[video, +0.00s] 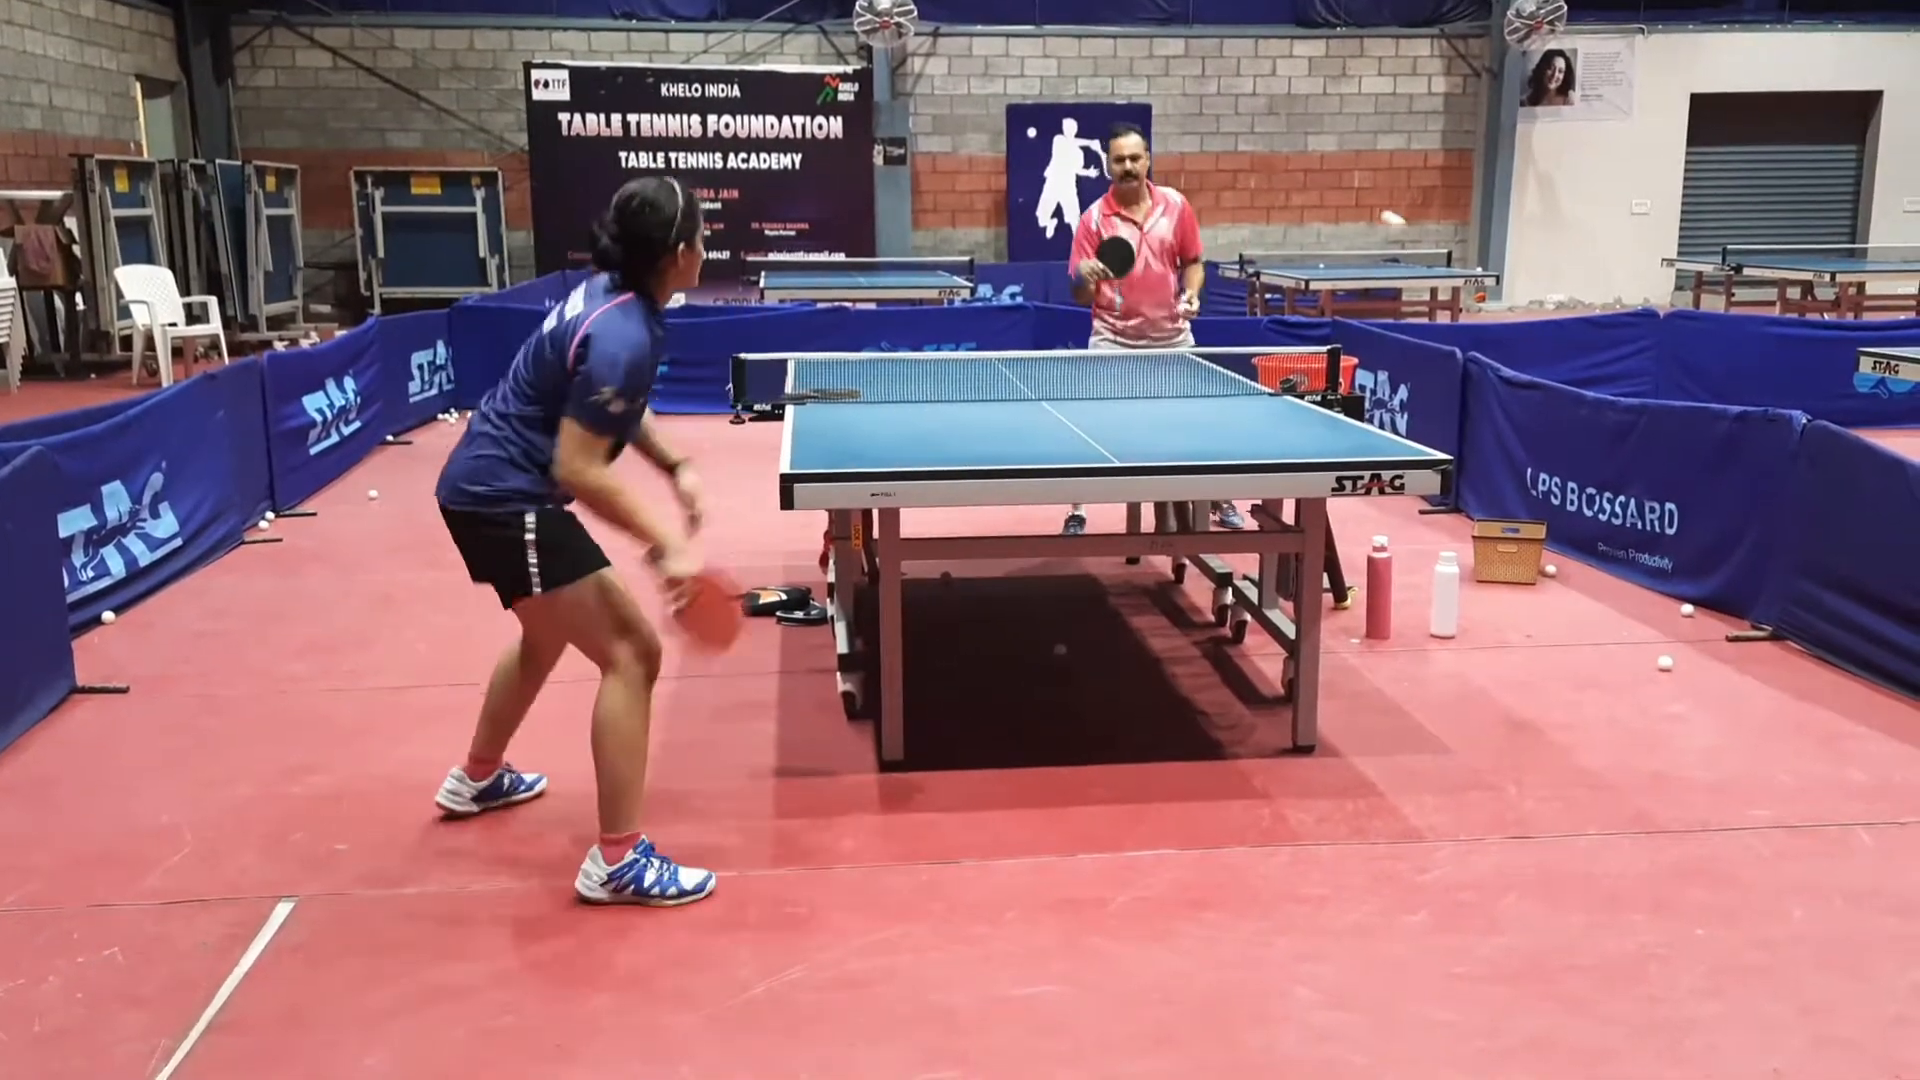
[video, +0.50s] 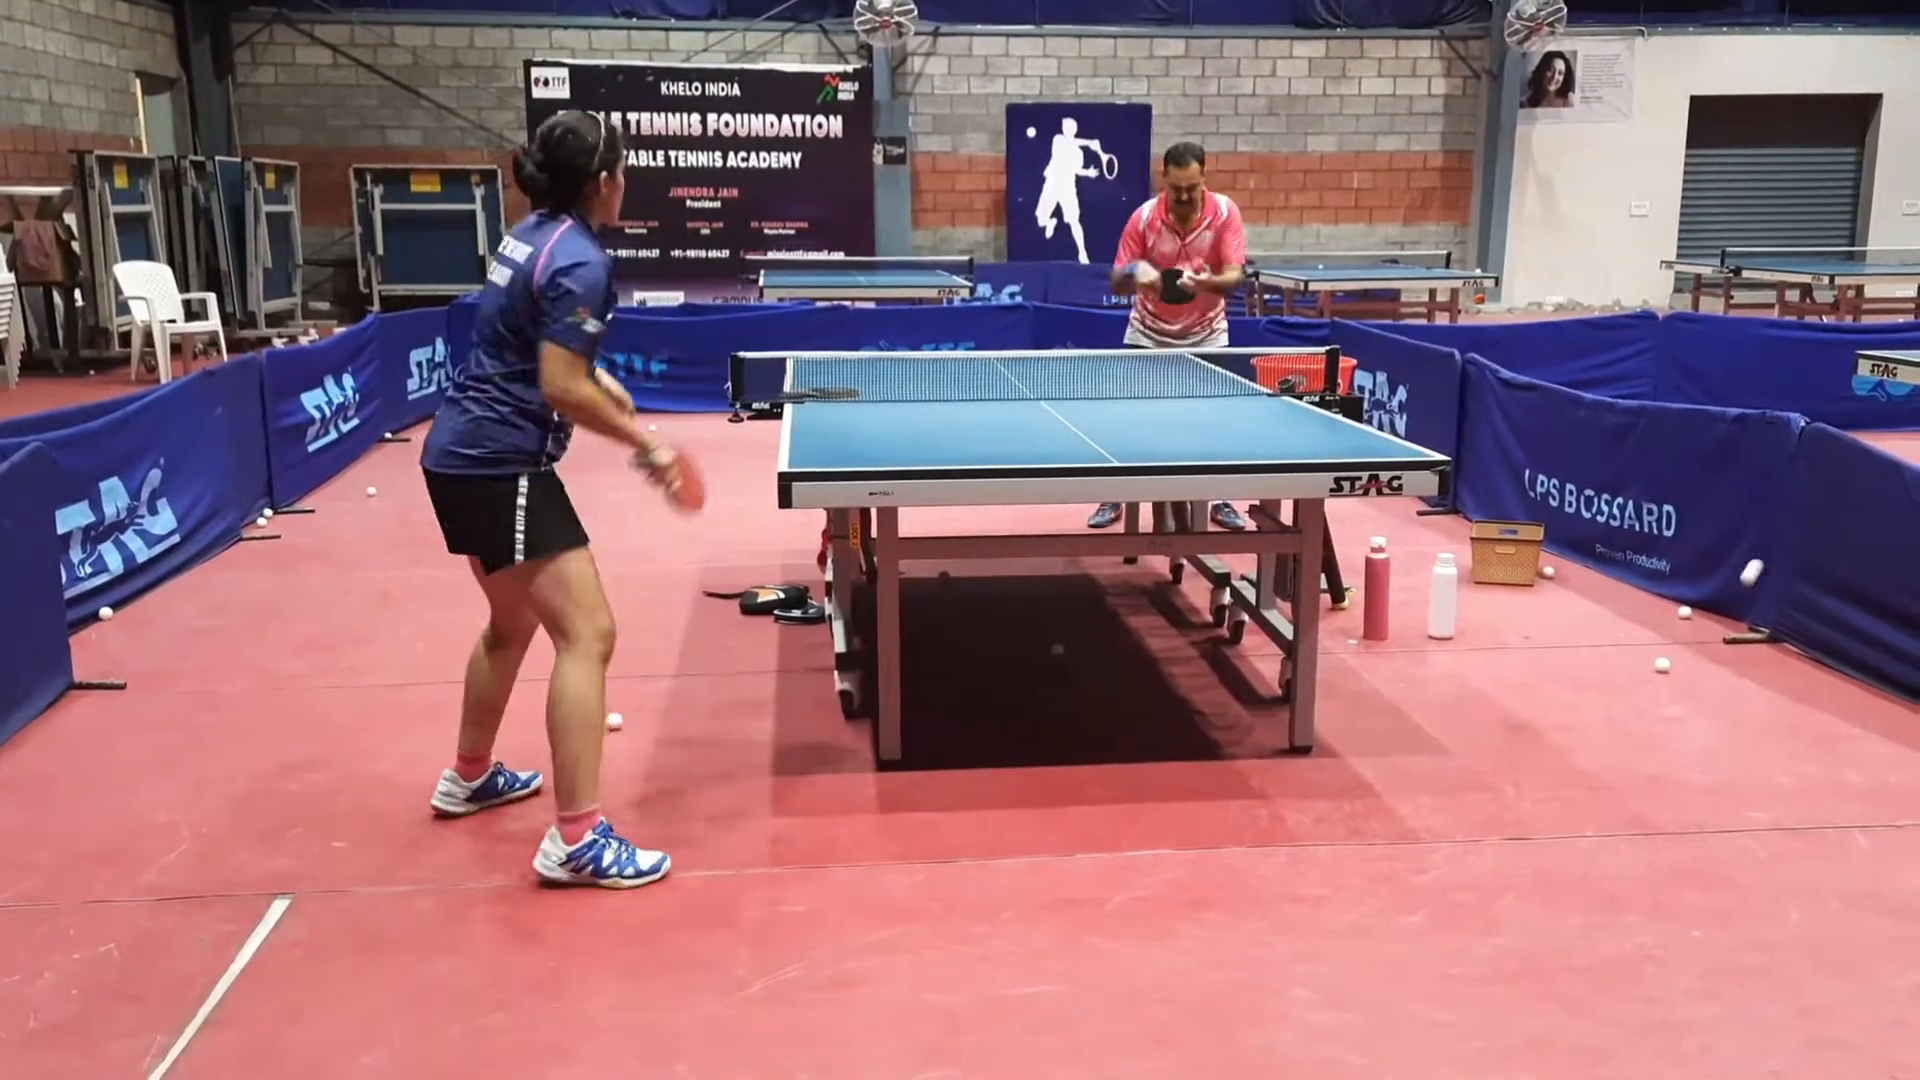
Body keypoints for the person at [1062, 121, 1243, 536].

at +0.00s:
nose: (1127, 167)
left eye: (1134, 159)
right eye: (1118, 160)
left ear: (1149, 161)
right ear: (1107, 165)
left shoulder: (1175, 206)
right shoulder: (1093, 218)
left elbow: (1193, 261)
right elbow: (1081, 296)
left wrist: (1192, 292)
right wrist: (1087, 275)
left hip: (1173, 339)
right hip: (1112, 339)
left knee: (1203, 415)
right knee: (1090, 418)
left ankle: (1221, 498)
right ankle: (1077, 509)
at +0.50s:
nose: (1184, 196)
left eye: (1192, 188)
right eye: (1175, 188)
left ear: (1204, 178)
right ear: (1163, 179)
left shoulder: (1225, 213)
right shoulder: (1143, 218)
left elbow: (1234, 277)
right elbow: (1118, 282)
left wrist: (1203, 280)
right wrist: (1136, 277)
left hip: (1207, 334)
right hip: (1148, 332)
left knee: (1218, 412)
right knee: (1127, 409)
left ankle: (1220, 498)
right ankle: (1113, 493)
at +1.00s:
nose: (1189, 179)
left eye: (1198, 172)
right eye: (1183, 171)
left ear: (1213, 171)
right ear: (1173, 168)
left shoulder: (1231, 216)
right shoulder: (1150, 208)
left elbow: (1235, 278)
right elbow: (1110, 270)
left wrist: (1215, 321)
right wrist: (1117, 247)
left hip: (1204, 337)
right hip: (1144, 333)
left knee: (1219, 418)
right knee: (1121, 412)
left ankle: (1216, 500)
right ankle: (1100, 498)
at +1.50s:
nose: (1139, 202)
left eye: (1147, 195)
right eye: (1133, 195)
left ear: (1164, 194)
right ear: (1126, 195)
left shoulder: (1192, 233)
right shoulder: (1110, 237)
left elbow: (1211, 293)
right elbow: (1087, 290)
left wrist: (1184, 333)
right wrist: (1076, 302)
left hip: (1182, 343)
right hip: (1123, 342)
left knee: (1204, 419)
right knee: (1086, 413)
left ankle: (1213, 504)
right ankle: (1066, 502)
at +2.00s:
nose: (1172, 214)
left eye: (1180, 206)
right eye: (1165, 206)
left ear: (1193, 203)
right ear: (1154, 203)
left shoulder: (1208, 239)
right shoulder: (1133, 240)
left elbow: (1211, 297)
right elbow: (1107, 298)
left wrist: (1207, 343)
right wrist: (1127, 307)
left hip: (1183, 353)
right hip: (1125, 351)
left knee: (1205, 427)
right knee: (1090, 421)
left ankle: (1218, 512)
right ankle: (1068, 507)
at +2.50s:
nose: (1158, 221)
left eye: (1167, 213)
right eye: (1152, 213)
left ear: (1183, 214)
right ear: (1143, 213)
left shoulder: (1208, 255)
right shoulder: (1127, 255)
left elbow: (1223, 313)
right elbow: (1111, 313)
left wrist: (1210, 344)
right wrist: (1119, 327)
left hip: (1190, 367)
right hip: (1130, 364)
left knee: (1218, 435)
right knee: (1092, 428)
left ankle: (1239, 518)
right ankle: (1073, 512)